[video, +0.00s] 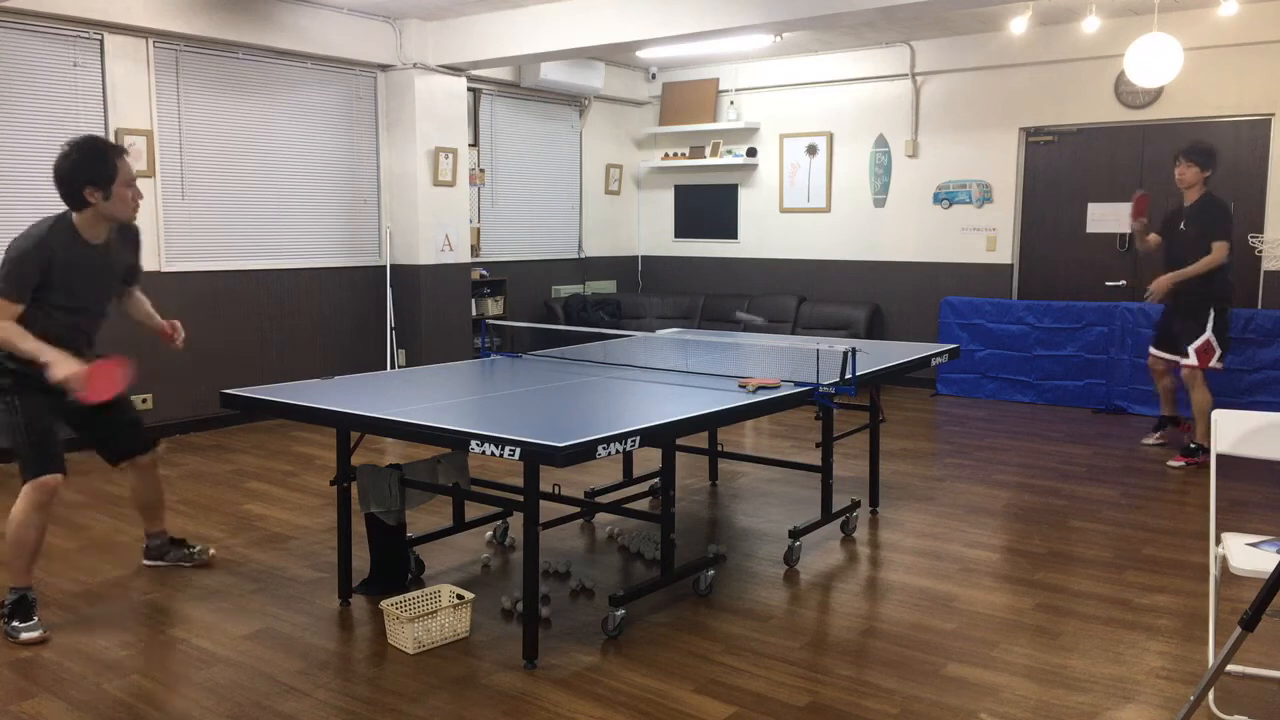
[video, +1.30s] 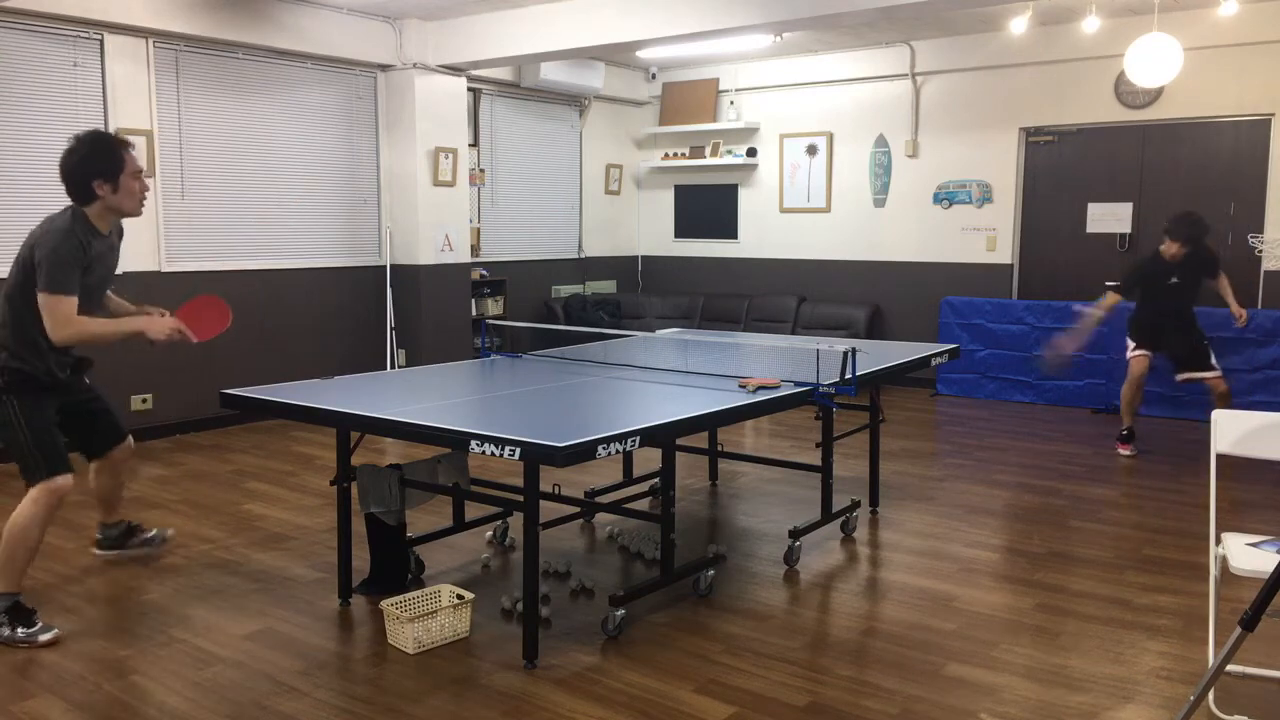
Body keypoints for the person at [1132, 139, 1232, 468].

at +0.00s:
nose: (1179, 171)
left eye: (1188, 166)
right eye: (1177, 165)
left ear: (1205, 172)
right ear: (1175, 170)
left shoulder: (1216, 208)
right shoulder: (1175, 213)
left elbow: (1220, 255)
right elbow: (1149, 245)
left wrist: (1170, 278)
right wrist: (1139, 230)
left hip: (1207, 302)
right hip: (1178, 300)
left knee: (1192, 372)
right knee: (1158, 363)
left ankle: (1202, 445)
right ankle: (1170, 421)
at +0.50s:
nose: (1178, 188)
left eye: (1186, 183)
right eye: (1176, 182)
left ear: (1202, 188)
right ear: (1171, 186)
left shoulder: (1218, 219)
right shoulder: (1158, 221)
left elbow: (1242, 248)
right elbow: (1146, 249)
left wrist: (1220, 273)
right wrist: (1153, 270)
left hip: (1207, 301)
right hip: (1167, 301)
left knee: (1223, 364)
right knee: (1157, 364)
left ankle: (1227, 426)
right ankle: (1154, 423)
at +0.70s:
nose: (1203, 207)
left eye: (1210, 201)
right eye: (1198, 200)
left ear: (1223, 206)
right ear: (1192, 203)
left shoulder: (1237, 234)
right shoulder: (1177, 236)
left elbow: (1249, 262)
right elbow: (1150, 268)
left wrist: (1232, 285)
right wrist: (1173, 291)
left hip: (1219, 312)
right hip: (1179, 311)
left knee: (1238, 373)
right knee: (1165, 371)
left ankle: (1234, 428)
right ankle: (1155, 423)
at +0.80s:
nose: (1215, 212)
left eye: (1223, 206)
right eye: (1211, 204)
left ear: (1236, 212)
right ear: (1205, 207)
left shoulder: (1244, 237)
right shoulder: (1188, 239)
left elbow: (1253, 263)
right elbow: (1160, 282)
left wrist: (1240, 286)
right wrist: (1200, 297)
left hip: (1220, 311)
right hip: (1181, 310)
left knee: (1240, 374)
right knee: (1170, 371)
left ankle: (1233, 429)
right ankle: (1152, 423)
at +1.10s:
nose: (1210, 246)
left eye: (1217, 243)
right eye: (1209, 240)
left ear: (1225, 243)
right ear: (1200, 233)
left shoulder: (1227, 253)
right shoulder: (1180, 259)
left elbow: (1242, 277)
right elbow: (1172, 309)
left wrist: (1245, 295)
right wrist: (1222, 302)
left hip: (1203, 321)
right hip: (1167, 321)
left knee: (1235, 379)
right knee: (1157, 367)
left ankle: (1231, 435)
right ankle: (1130, 430)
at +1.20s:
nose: (1193, 257)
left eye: (1199, 254)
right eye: (1191, 251)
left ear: (1207, 252)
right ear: (1183, 244)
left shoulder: (1213, 261)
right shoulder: (1160, 263)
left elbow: (1228, 283)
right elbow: (1132, 308)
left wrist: (1237, 303)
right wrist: (1160, 329)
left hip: (1194, 325)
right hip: (1156, 323)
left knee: (1229, 386)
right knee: (1148, 369)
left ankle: (1228, 437)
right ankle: (1127, 431)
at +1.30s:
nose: (1170, 248)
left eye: (1178, 245)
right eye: (1170, 241)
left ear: (1190, 247)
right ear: (1165, 238)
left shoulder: (1200, 258)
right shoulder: (1148, 264)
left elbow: (1218, 277)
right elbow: (1113, 297)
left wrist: (1233, 304)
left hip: (1182, 326)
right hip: (1146, 326)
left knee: (1221, 388)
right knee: (1138, 372)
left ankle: (1226, 434)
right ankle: (1126, 432)